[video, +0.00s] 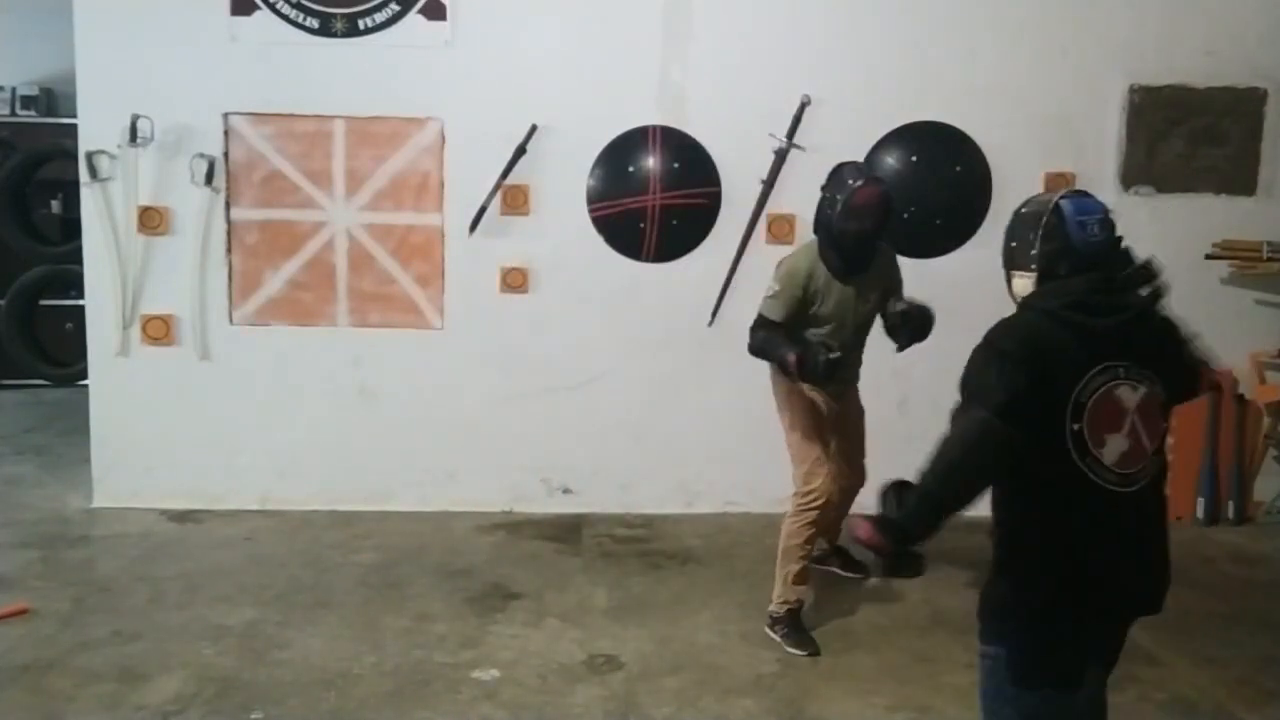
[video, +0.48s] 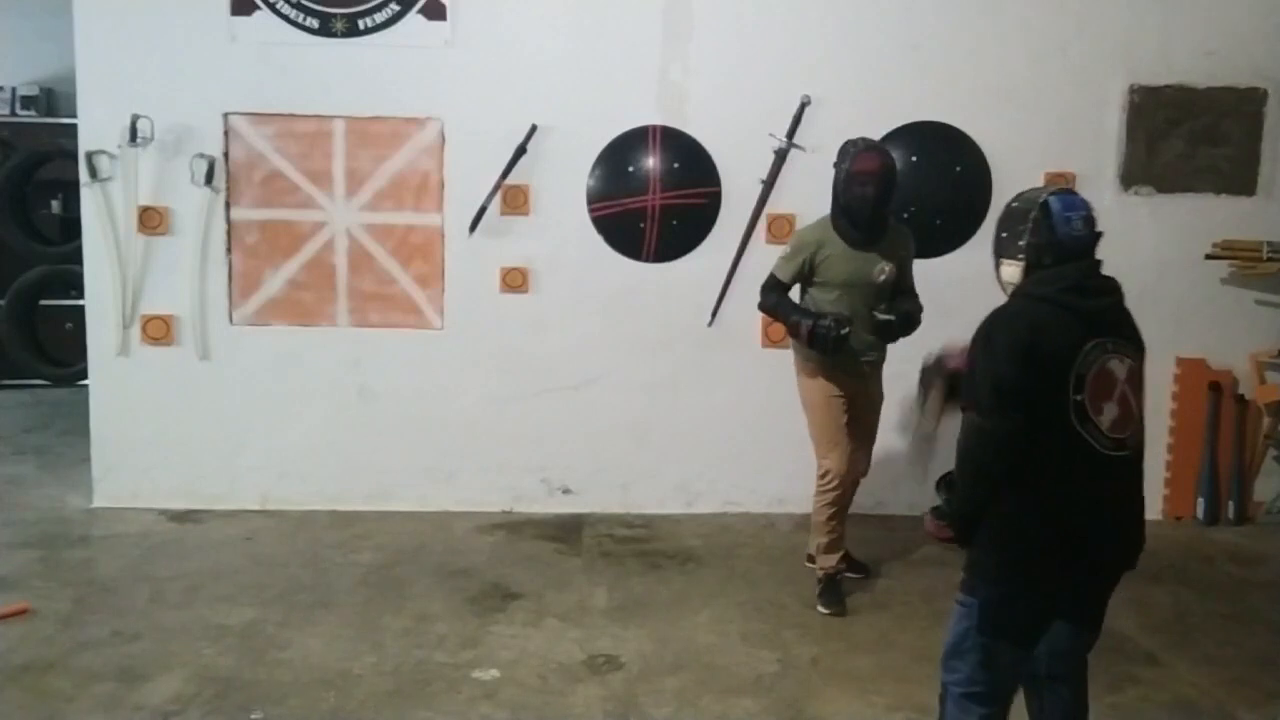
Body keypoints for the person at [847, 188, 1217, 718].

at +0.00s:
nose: (1010, 268)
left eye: (1016, 255)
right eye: (1013, 254)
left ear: (1036, 259)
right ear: (1100, 253)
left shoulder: (1020, 341)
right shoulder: (1146, 327)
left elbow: (973, 449)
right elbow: (1187, 379)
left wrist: (902, 524)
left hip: (1039, 578)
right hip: (1127, 573)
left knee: (1016, 700)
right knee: (1082, 698)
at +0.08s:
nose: (1015, 266)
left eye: (1022, 255)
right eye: (1019, 254)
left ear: (1041, 261)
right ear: (1100, 258)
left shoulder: (1024, 345)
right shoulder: (1142, 339)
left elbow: (988, 455)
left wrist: (921, 523)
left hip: (1034, 576)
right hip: (1113, 569)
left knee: (1016, 700)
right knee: (1071, 695)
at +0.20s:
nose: (1023, 267)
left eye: (1028, 255)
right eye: (1026, 254)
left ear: (1045, 261)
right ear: (1105, 258)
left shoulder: (1030, 345)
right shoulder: (1137, 332)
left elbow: (992, 456)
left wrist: (943, 517)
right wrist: (1002, 363)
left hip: (1034, 562)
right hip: (1113, 557)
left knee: (985, 696)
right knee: (1063, 686)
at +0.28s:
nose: (1022, 257)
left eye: (1028, 245)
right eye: (1025, 244)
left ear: (1047, 251)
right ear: (1104, 251)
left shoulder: (1032, 334)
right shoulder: (1135, 326)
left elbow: (994, 452)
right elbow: (1077, 400)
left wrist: (956, 507)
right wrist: (988, 380)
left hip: (1032, 546)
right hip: (1113, 545)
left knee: (966, 685)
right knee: (1059, 678)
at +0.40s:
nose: (1012, 254)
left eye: (1018, 242)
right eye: (1015, 241)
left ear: (1035, 246)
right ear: (1092, 245)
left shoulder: (1020, 327)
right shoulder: (1129, 323)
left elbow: (989, 440)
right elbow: (1068, 402)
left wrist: (964, 510)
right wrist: (972, 395)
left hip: (1026, 542)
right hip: (1110, 539)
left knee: (972, 686)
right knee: (1060, 676)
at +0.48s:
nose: (1000, 259)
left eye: (1006, 246)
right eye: (1002, 245)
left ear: (1025, 250)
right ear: (1080, 247)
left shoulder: (1011, 326)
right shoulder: (1116, 318)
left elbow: (987, 443)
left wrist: (955, 514)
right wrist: (979, 373)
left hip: (1024, 539)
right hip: (1105, 537)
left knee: (970, 681)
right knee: (1057, 676)